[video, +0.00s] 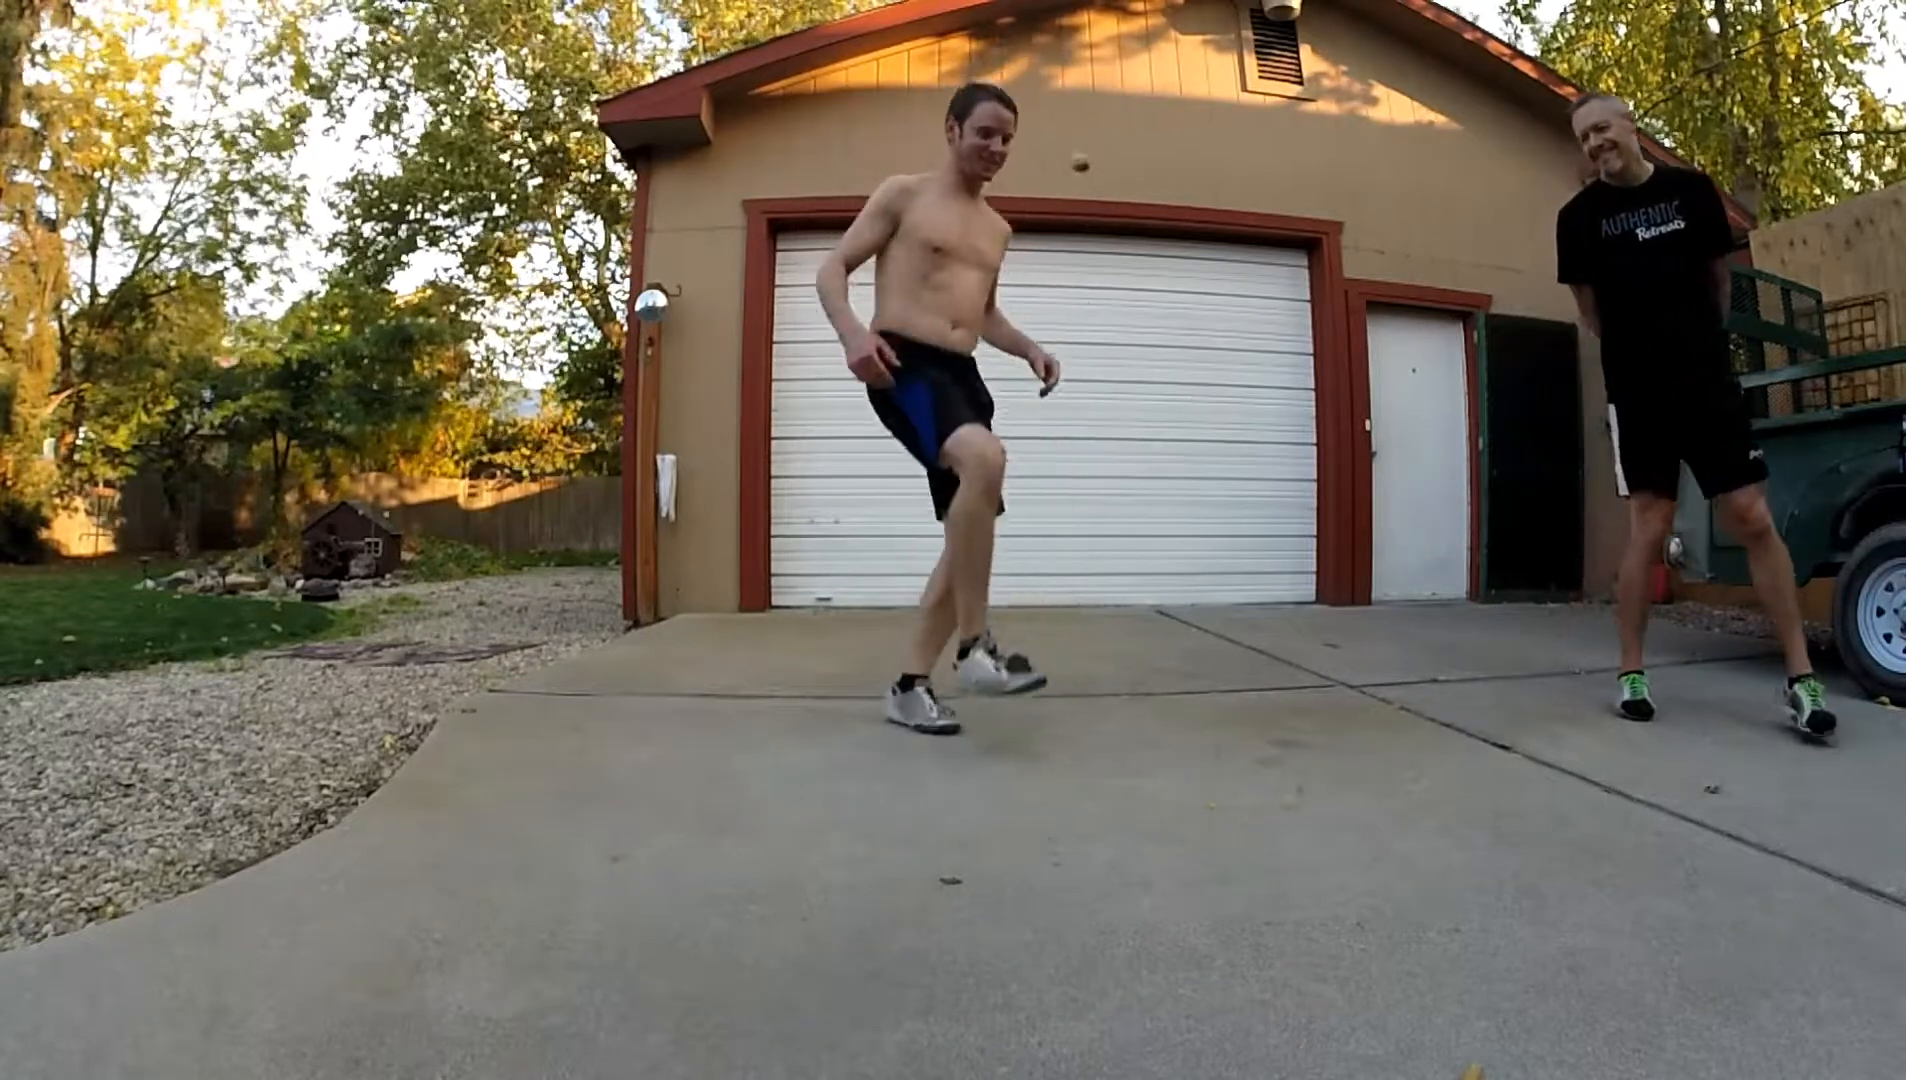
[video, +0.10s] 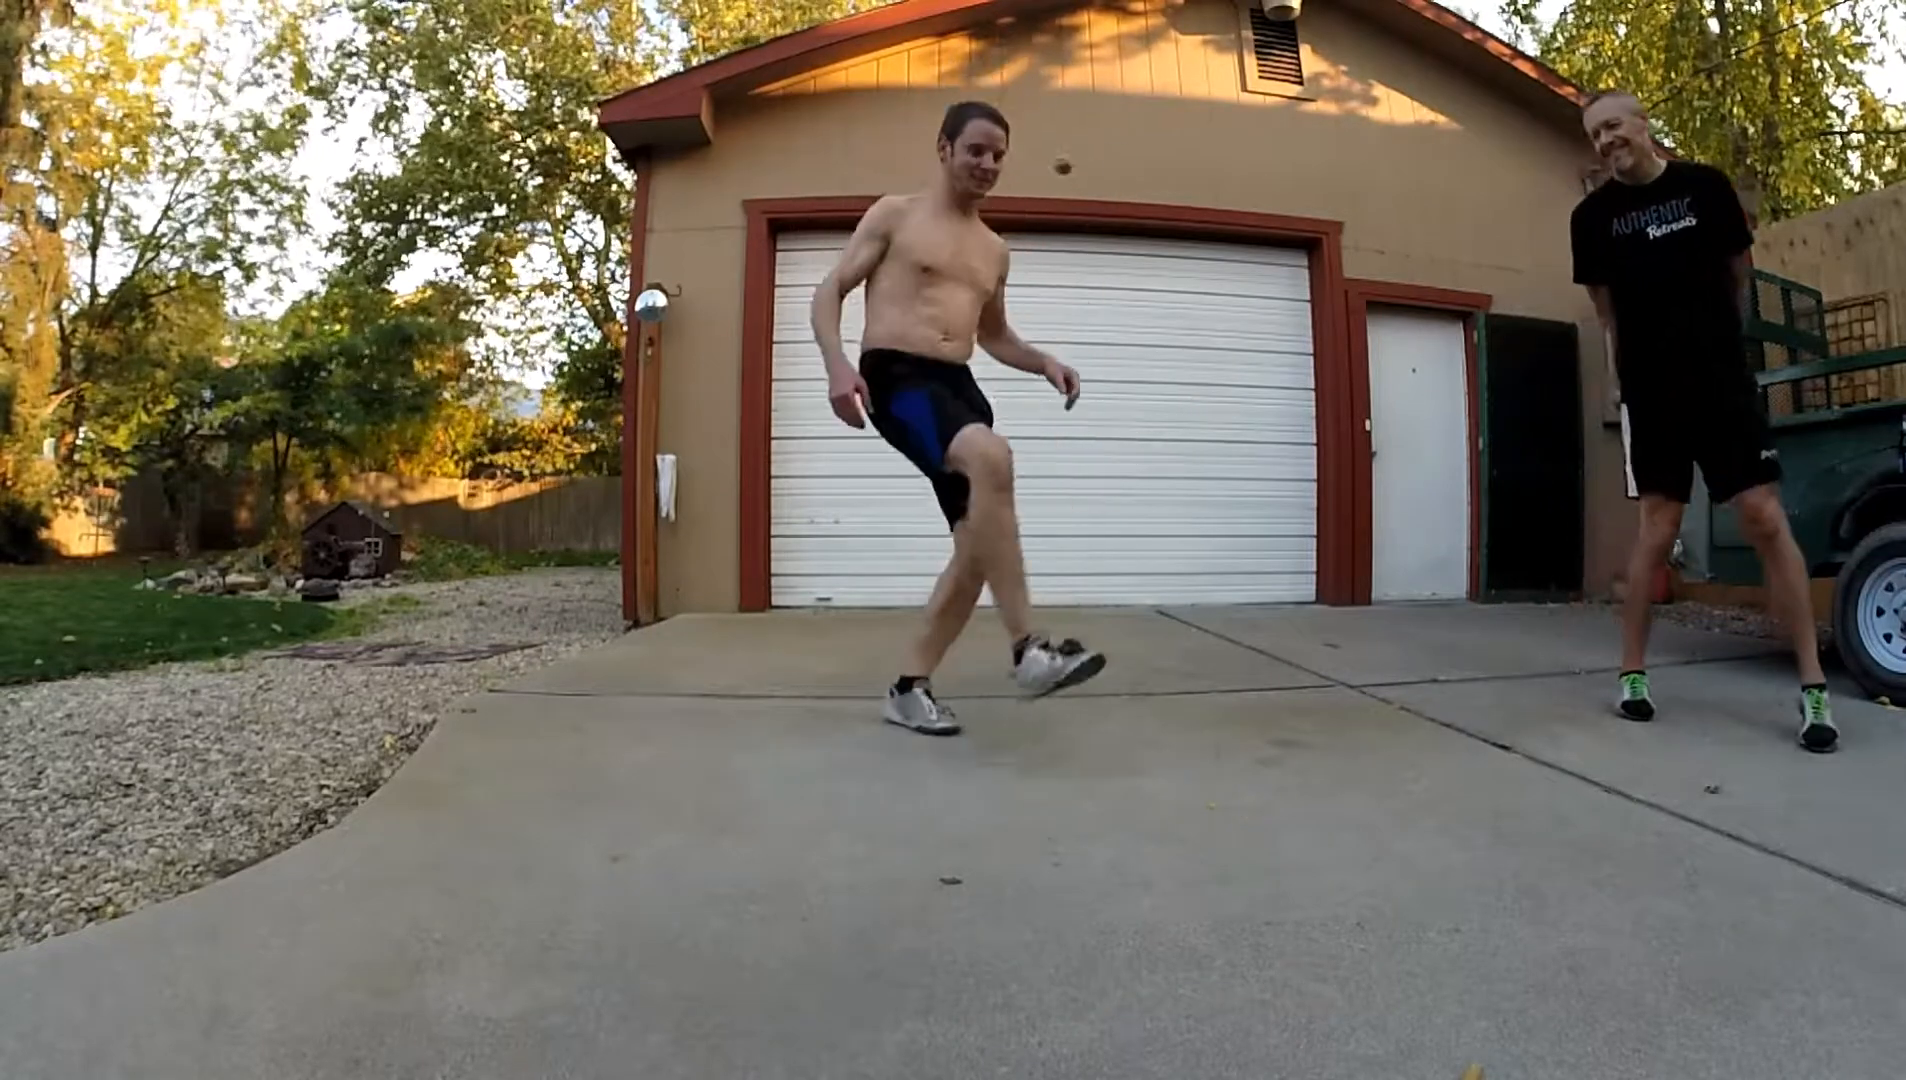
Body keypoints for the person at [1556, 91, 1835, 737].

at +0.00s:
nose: (1596, 141)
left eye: (1603, 127)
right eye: (1585, 136)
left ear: (1633, 127)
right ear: (1581, 150)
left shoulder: (1692, 188)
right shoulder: (1578, 215)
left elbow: (1720, 281)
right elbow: (1590, 313)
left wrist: (1697, 342)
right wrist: (1639, 347)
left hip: (1706, 375)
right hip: (1637, 386)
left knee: (1755, 519)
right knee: (1649, 528)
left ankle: (1801, 675)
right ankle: (1632, 672)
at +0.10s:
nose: (1608, 139)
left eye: (1615, 125)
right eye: (1597, 135)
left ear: (1645, 123)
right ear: (1593, 149)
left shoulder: (1706, 184)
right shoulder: (1592, 217)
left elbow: (1739, 276)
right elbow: (1605, 310)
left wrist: (1718, 342)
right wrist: (1635, 372)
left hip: (1722, 376)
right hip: (1649, 388)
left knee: (1767, 521)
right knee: (1657, 529)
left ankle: (1813, 686)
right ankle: (1633, 677)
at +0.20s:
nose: (1623, 137)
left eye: (1630, 123)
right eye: (1612, 132)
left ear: (1662, 121)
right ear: (1610, 147)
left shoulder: (1726, 181)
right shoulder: (1610, 217)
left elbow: (1763, 282)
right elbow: (1625, 311)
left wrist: (1736, 345)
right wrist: (1671, 351)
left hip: (1740, 375)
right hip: (1667, 386)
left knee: (1776, 525)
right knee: (1669, 531)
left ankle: (1814, 689)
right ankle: (1633, 674)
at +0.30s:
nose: (1641, 131)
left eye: (1650, 116)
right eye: (1631, 126)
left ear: (1684, 119)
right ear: (1629, 143)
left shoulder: (1748, 176)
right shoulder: (1633, 214)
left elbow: (1787, 275)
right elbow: (1649, 303)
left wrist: (1772, 343)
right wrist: (1695, 345)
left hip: (1762, 376)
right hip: (1691, 385)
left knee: (1785, 527)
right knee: (1679, 534)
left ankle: (1815, 691)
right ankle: (1635, 671)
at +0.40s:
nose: (1666, 122)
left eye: (1674, 108)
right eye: (1654, 117)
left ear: (1705, 109)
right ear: (1651, 133)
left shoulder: (1769, 168)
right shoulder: (1653, 206)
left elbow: (1811, 266)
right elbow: (1670, 296)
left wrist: (1804, 347)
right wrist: (1720, 346)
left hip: (1786, 375)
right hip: (1711, 382)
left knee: (1800, 526)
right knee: (1692, 529)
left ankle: (1816, 692)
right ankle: (1639, 665)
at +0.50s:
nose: (1684, 117)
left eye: (1692, 102)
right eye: (1674, 112)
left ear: (1724, 102)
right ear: (1671, 125)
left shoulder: (1788, 164)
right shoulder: (1670, 201)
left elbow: (1829, 262)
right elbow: (1684, 294)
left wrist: (1814, 337)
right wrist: (1737, 333)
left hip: (1803, 368)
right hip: (1729, 377)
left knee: (1808, 526)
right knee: (1706, 528)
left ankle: (1818, 692)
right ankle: (1647, 666)